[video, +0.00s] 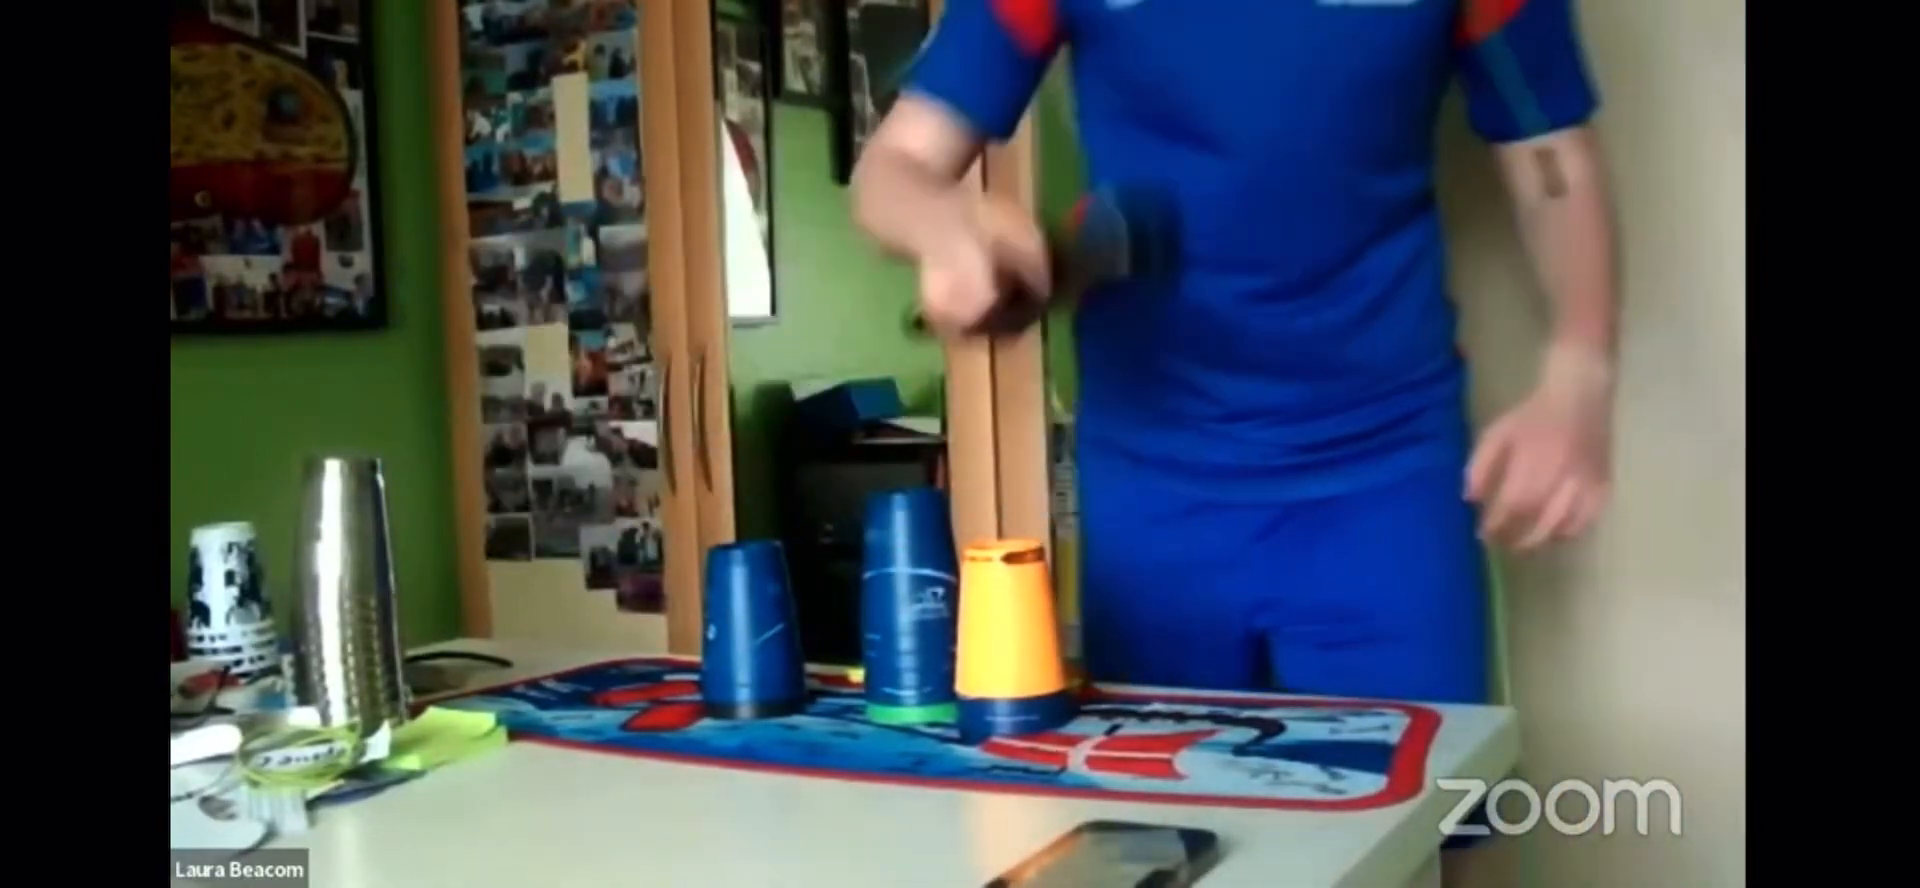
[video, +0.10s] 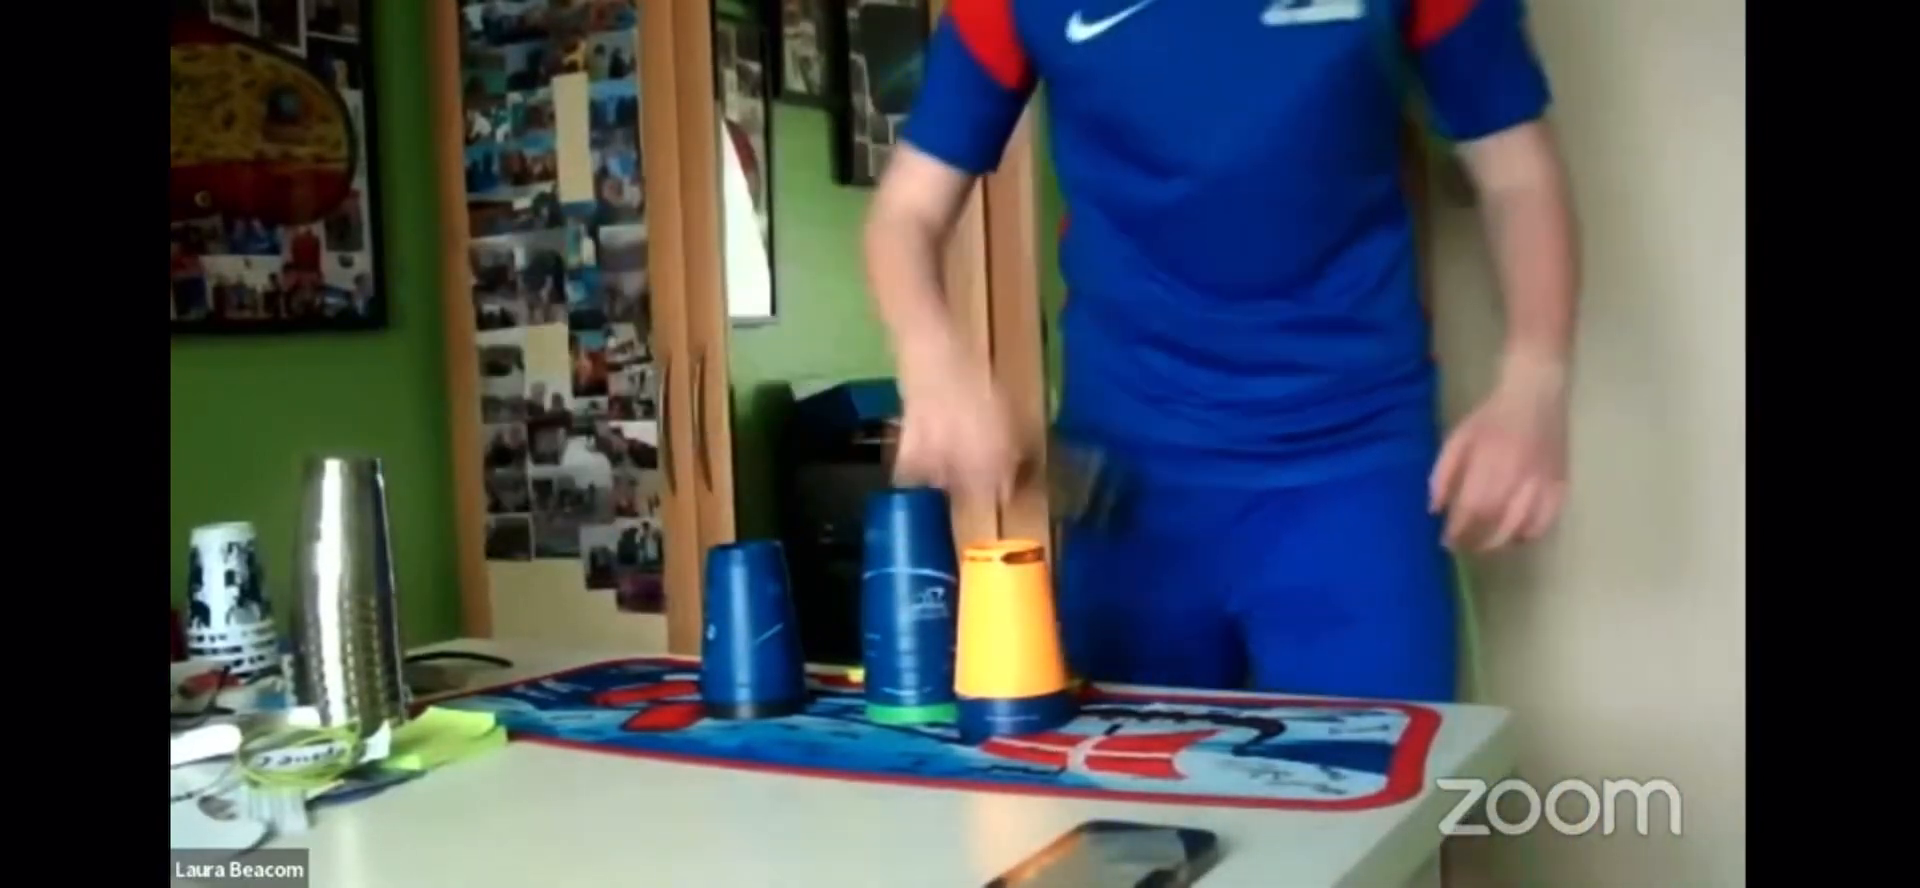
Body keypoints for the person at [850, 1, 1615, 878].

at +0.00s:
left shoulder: (1471, 10)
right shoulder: (1054, 5)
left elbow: (1553, 170)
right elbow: (891, 167)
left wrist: (1578, 383)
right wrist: (944, 224)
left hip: (1381, 458)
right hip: (1152, 469)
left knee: (1412, 835)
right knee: (1167, 838)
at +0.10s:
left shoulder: (1422, 12)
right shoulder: (1019, 9)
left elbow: (1519, 178)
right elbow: (901, 216)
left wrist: (1531, 389)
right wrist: (937, 372)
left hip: (1348, 477)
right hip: (1120, 488)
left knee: (1369, 840)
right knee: (1129, 840)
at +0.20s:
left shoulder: (1390, 8)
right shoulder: (998, 13)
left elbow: (1499, 172)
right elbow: (924, 271)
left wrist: (1496, 392)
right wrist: (911, 508)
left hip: (1341, 462)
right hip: (1121, 477)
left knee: (1360, 827)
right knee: (1147, 837)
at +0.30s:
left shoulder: (1381, 3)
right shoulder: (995, 10)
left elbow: (1494, 168)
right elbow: (929, 277)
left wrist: (1487, 382)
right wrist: (908, 535)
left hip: (1338, 457)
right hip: (1121, 473)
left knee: (1354, 830)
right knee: (1146, 842)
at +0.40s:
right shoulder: (988, 11)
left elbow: (1487, 158)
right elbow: (931, 287)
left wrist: (1473, 376)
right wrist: (910, 545)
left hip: (1334, 451)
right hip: (1122, 469)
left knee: (1346, 822)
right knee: (1152, 834)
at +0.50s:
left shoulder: (1372, 6)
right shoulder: (980, 11)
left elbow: (1492, 161)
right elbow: (927, 286)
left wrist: (1450, 384)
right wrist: (923, 545)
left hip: (1331, 466)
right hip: (1119, 486)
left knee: (1347, 841)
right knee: (1152, 849)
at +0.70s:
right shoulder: (974, 15)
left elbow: (1522, 176)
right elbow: (933, 274)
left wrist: (1363, 410)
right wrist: (952, 536)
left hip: (1330, 465)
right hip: (1108, 476)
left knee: (1351, 851)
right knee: (1105, 853)